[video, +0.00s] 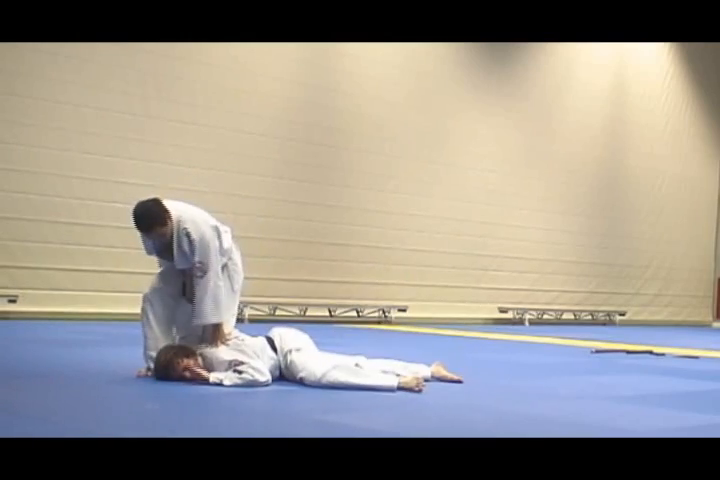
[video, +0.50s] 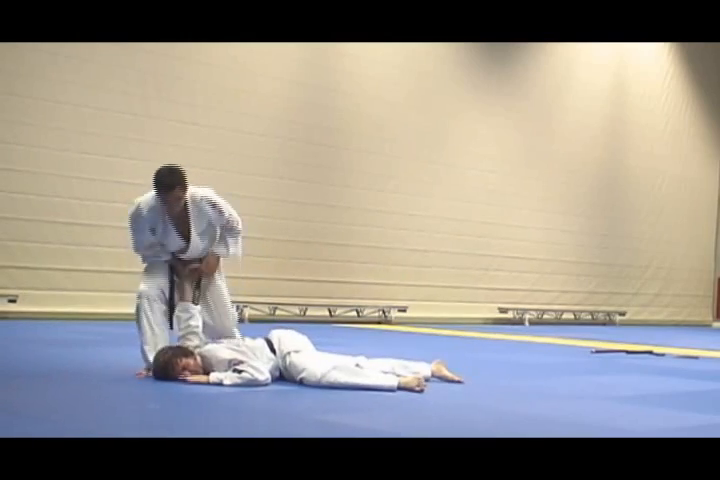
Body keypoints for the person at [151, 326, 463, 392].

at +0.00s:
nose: (191, 373)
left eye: (189, 366)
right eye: (183, 373)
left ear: (192, 356)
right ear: (178, 372)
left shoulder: (217, 352)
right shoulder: (198, 358)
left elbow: (260, 374)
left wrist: (215, 381)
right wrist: (157, 368)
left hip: (283, 346)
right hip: (280, 350)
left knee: (316, 373)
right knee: (351, 364)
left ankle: (400, 381)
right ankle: (425, 368)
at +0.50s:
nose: (188, 374)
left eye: (185, 368)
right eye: (181, 374)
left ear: (189, 357)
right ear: (180, 368)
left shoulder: (215, 353)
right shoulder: (201, 356)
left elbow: (259, 374)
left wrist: (214, 378)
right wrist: (159, 369)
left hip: (281, 348)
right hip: (281, 352)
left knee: (314, 373)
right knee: (353, 363)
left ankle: (397, 381)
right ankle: (428, 368)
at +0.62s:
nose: (188, 372)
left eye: (185, 366)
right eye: (180, 372)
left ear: (190, 357)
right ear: (175, 369)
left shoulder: (217, 356)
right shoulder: (190, 350)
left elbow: (258, 374)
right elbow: (186, 317)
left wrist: (210, 381)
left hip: (283, 348)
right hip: (283, 351)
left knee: (316, 373)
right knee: (350, 365)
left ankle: (400, 382)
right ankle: (424, 368)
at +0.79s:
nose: (188, 373)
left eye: (183, 368)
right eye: (180, 374)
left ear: (189, 355)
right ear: (181, 368)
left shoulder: (215, 354)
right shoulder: (202, 352)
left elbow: (260, 375)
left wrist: (214, 380)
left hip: (282, 348)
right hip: (281, 350)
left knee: (317, 374)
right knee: (353, 363)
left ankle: (397, 381)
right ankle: (427, 367)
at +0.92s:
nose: (187, 370)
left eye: (184, 365)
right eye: (181, 372)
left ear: (188, 355)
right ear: (180, 370)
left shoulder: (212, 352)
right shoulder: (198, 353)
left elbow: (259, 373)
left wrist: (213, 379)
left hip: (280, 347)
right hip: (280, 349)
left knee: (316, 373)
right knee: (351, 363)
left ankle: (399, 381)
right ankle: (427, 369)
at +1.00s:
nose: (189, 371)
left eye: (185, 366)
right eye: (182, 372)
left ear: (188, 354)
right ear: (182, 370)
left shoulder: (212, 351)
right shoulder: (204, 356)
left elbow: (259, 373)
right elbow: (235, 365)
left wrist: (213, 379)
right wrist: (207, 368)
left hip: (280, 346)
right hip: (281, 351)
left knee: (315, 373)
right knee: (351, 364)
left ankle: (399, 381)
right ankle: (427, 369)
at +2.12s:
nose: (177, 336)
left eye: (178, 331)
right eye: (175, 332)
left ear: (192, 327)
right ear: (192, 326)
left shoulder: (225, 335)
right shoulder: (210, 341)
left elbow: (274, 353)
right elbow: (246, 352)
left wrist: (256, 378)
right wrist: (231, 368)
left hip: (296, 357)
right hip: (291, 355)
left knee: (328, 376)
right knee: (359, 361)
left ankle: (398, 381)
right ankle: (436, 350)